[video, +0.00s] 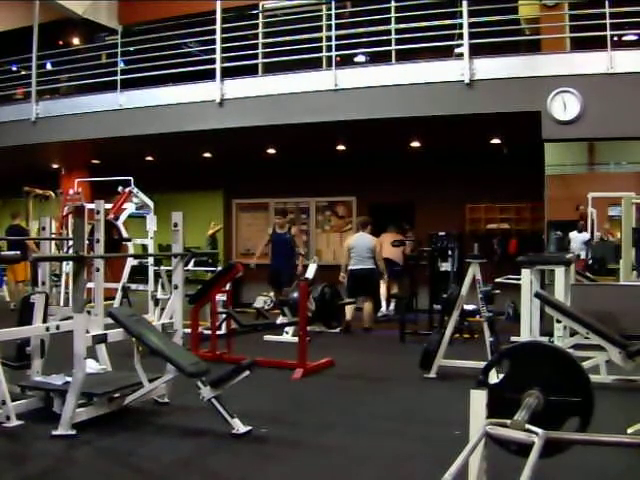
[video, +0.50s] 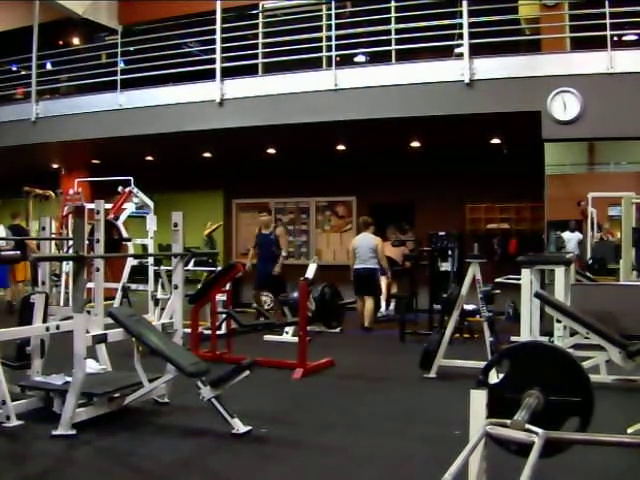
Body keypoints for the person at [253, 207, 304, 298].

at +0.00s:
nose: (277, 221)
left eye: (280, 219)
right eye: (276, 219)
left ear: (286, 219)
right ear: (274, 219)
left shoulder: (292, 231)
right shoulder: (272, 231)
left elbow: (300, 249)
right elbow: (264, 244)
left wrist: (300, 264)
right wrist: (256, 258)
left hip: (289, 266)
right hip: (275, 265)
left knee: (287, 290)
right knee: (276, 291)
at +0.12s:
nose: (275, 222)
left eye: (277, 220)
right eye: (273, 220)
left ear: (283, 220)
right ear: (271, 221)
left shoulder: (289, 233)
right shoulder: (268, 233)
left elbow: (297, 249)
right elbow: (258, 246)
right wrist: (249, 257)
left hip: (286, 266)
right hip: (272, 265)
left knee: (284, 292)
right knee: (275, 291)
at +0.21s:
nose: (273, 223)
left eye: (276, 220)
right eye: (271, 220)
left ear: (281, 221)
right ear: (269, 221)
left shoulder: (288, 234)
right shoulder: (266, 234)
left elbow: (295, 252)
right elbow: (256, 247)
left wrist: (299, 269)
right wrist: (247, 257)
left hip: (284, 267)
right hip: (270, 267)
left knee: (281, 294)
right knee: (272, 294)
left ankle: (282, 315)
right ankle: (277, 315)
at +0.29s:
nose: (271, 222)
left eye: (274, 219)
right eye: (269, 219)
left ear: (279, 221)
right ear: (267, 221)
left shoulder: (285, 234)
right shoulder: (264, 234)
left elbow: (292, 249)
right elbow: (256, 247)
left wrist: (293, 257)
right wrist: (248, 258)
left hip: (282, 265)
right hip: (268, 265)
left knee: (280, 291)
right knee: (266, 290)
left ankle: (280, 313)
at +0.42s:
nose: (266, 220)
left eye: (268, 217)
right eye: (264, 217)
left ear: (274, 218)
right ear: (262, 219)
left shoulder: (281, 231)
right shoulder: (261, 231)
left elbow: (288, 250)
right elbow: (255, 247)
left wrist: (286, 267)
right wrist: (249, 260)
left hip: (277, 266)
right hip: (264, 266)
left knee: (279, 293)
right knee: (259, 292)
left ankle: (279, 315)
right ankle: (268, 309)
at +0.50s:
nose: (262, 219)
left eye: (264, 216)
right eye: (260, 216)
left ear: (271, 217)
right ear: (258, 218)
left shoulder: (278, 230)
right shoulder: (259, 230)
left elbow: (284, 249)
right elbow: (253, 247)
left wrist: (279, 265)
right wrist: (249, 261)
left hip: (273, 265)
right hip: (261, 265)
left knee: (275, 292)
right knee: (257, 291)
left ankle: (278, 314)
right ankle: (259, 313)